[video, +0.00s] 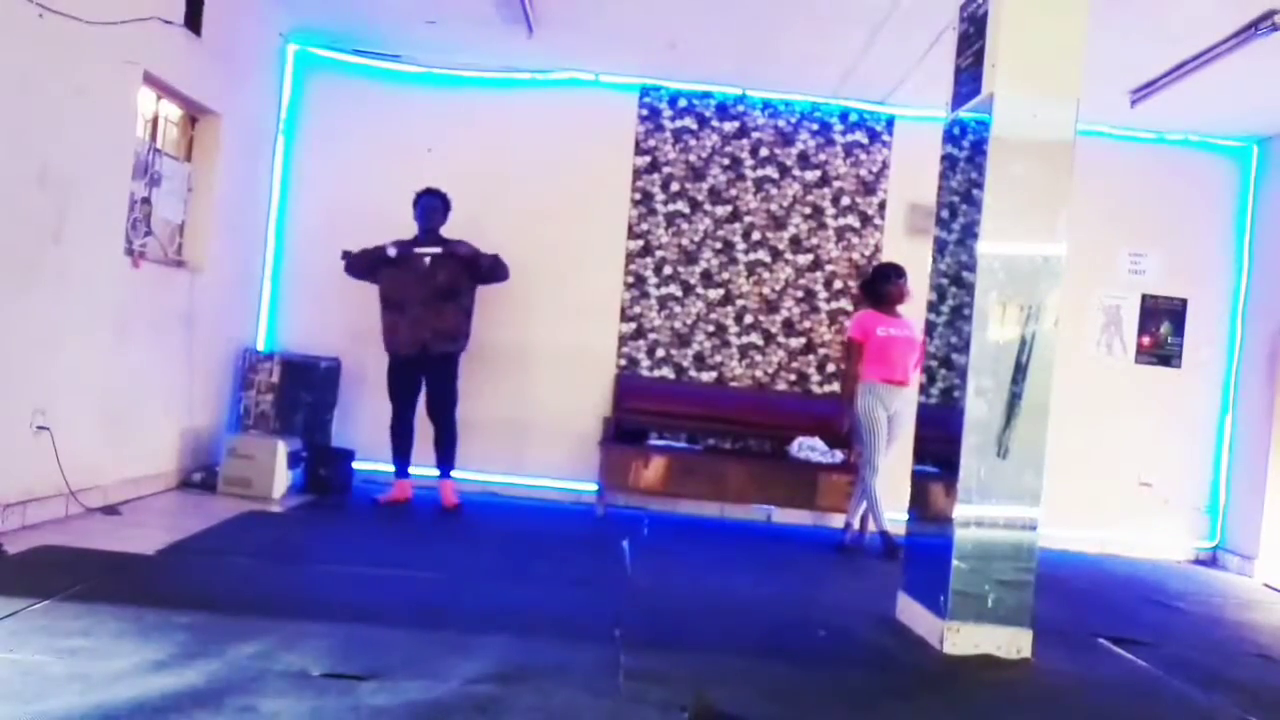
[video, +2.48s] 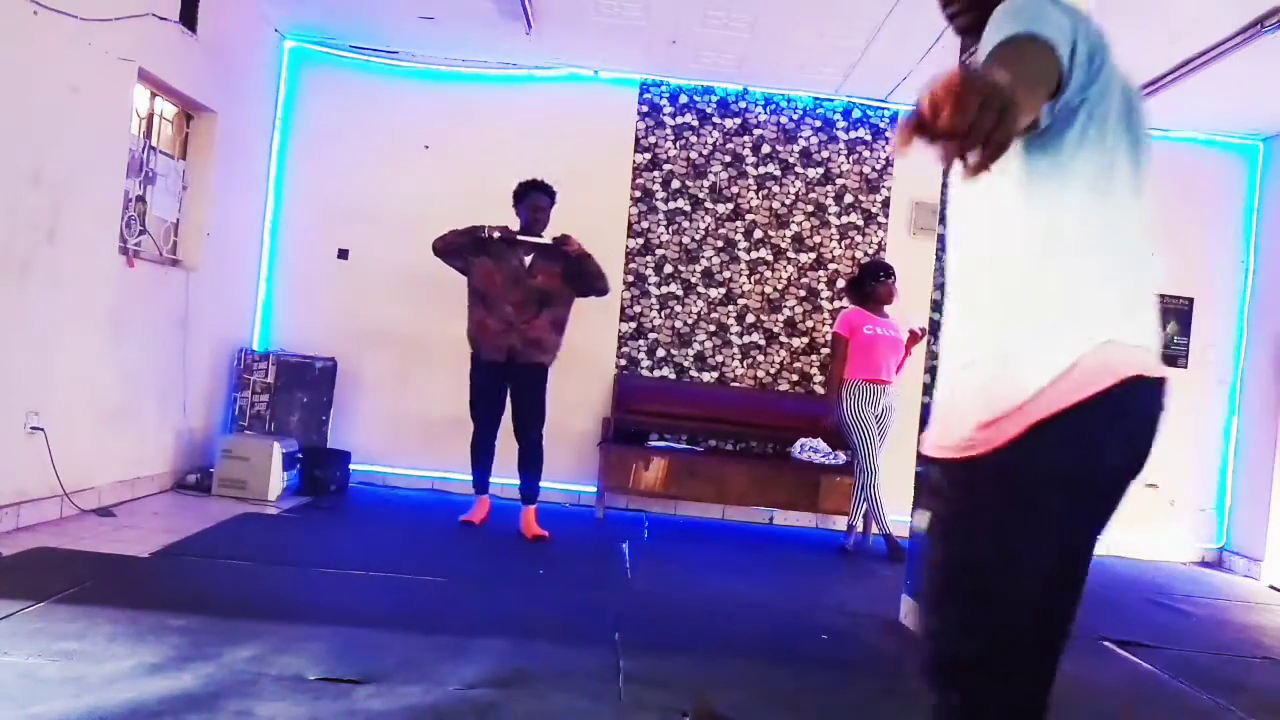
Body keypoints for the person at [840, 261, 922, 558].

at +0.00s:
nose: (905, 289)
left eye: (905, 283)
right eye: (898, 283)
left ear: (904, 288)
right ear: (881, 288)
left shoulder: (907, 325)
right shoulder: (864, 320)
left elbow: (914, 367)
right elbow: (852, 366)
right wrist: (847, 408)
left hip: (901, 392)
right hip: (872, 388)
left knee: (876, 463)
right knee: (872, 461)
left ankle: (851, 527)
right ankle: (882, 531)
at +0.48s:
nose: (905, 288)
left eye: (905, 281)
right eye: (898, 281)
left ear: (901, 286)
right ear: (881, 285)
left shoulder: (905, 325)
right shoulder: (859, 318)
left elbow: (906, 369)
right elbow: (845, 366)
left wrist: (922, 344)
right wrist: (842, 404)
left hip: (892, 391)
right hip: (865, 389)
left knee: (877, 465)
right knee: (873, 464)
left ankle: (857, 529)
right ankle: (889, 535)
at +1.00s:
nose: (888, 289)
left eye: (891, 283)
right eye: (882, 282)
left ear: (895, 288)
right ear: (866, 286)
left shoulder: (898, 325)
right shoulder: (847, 317)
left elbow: (896, 373)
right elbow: (832, 362)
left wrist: (908, 346)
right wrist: (825, 401)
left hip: (884, 398)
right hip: (851, 395)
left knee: (868, 465)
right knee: (866, 464)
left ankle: (849, 532)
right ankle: (884, 536)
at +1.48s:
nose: (892, 287)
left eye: (892, 281)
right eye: (885, 281)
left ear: (891, 286)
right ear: (868, 285)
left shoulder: (897, 325)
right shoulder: (847, 317)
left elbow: (896, 371)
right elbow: (834, 364)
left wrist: (908, 343)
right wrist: (829, 404)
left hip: (885, 397)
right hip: (855, 394)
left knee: (869, 465)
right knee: (869, 464)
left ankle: (852, 533)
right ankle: (886, 536)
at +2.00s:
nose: (895, 287)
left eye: (894, 281)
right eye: (888, 281)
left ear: (883, 287)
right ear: (871, 286)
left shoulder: (894, 325)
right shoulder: (850, 316)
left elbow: (894, 368)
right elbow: (838, 364)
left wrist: (910, 343)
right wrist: (835, 404)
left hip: (887, 397)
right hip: (857, 394)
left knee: (870, 464)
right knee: (870, 462)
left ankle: (854, 533)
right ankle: (888, 535)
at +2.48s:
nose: (894, 287)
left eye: (894, 281)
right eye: (888, 281)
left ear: (888, 287)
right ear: (871, 286)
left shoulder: (893, 326)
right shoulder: (850, 316)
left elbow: (892, 370)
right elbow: (837, 363)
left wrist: (909, 347)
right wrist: (832, 405)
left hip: (885, 397)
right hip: (855, 394)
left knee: (869, 464)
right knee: (869, 462)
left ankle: (853, 532)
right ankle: (888, 535)